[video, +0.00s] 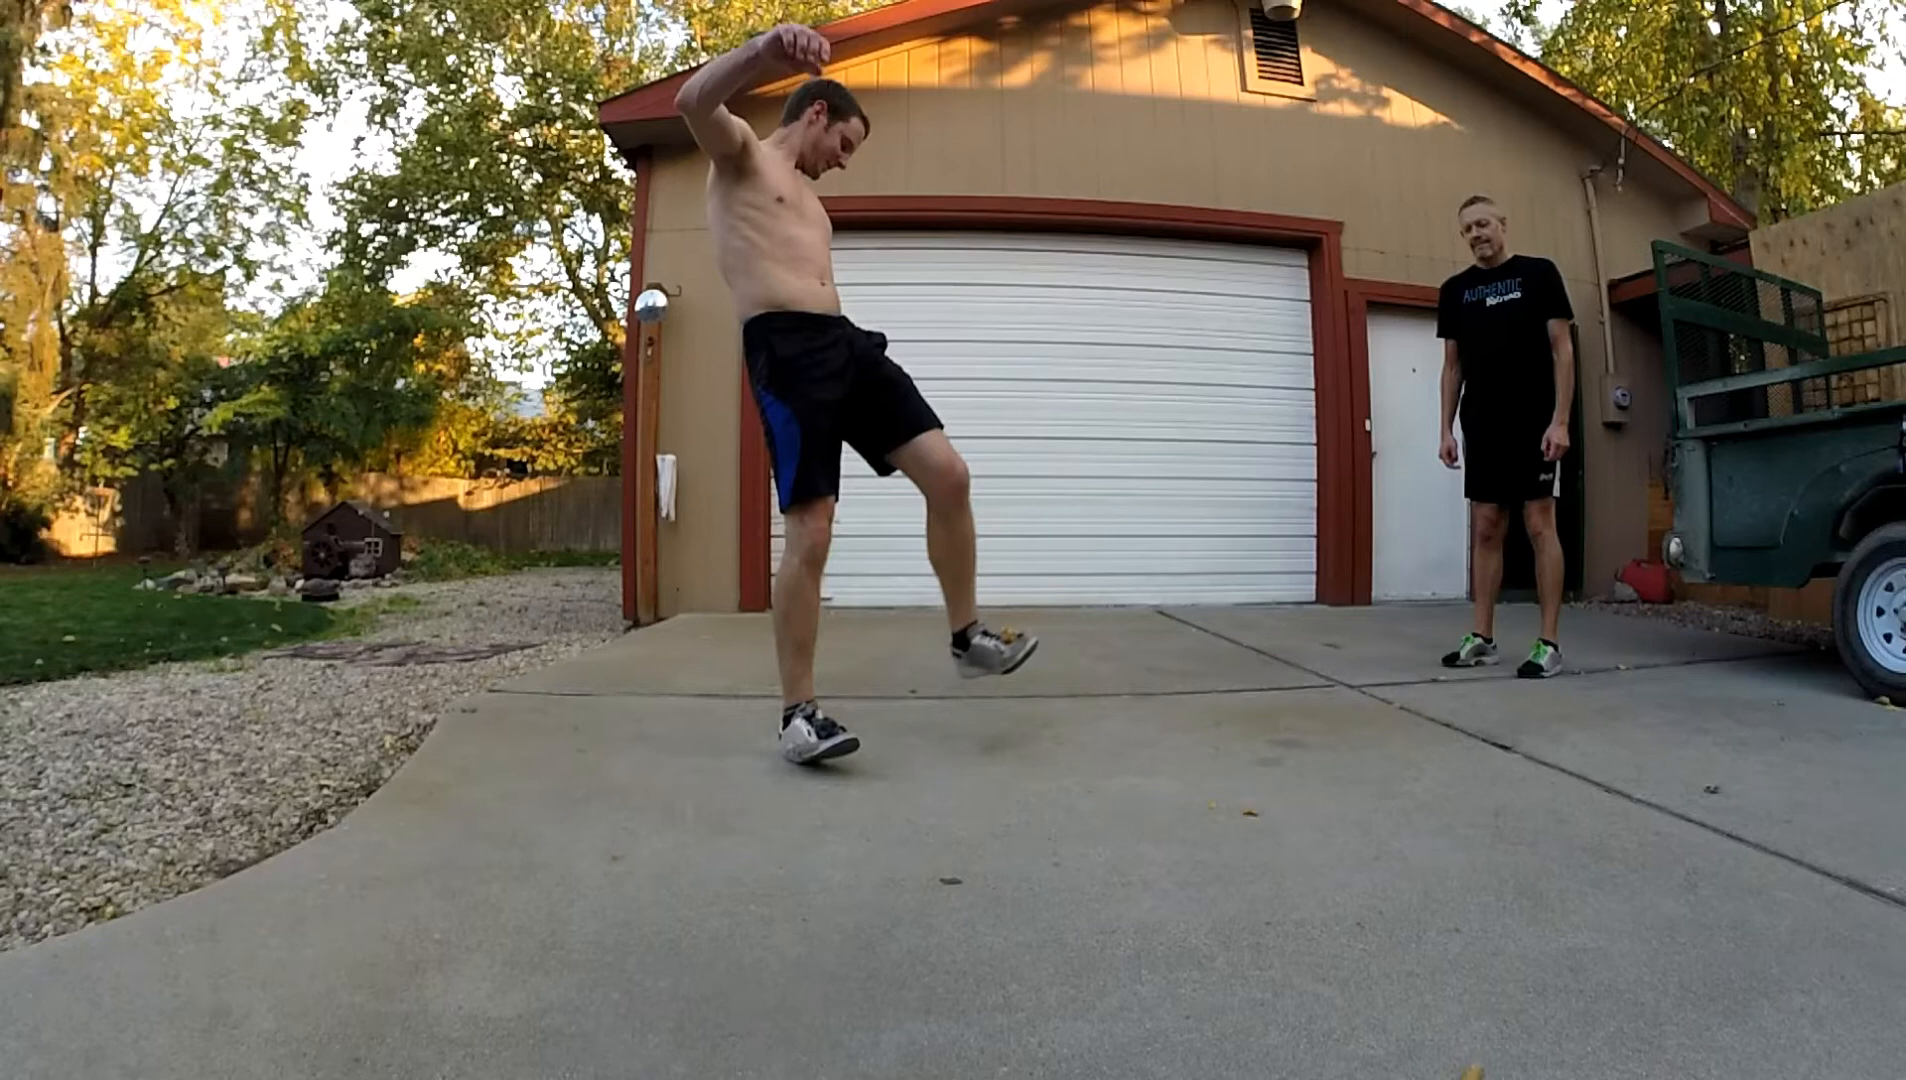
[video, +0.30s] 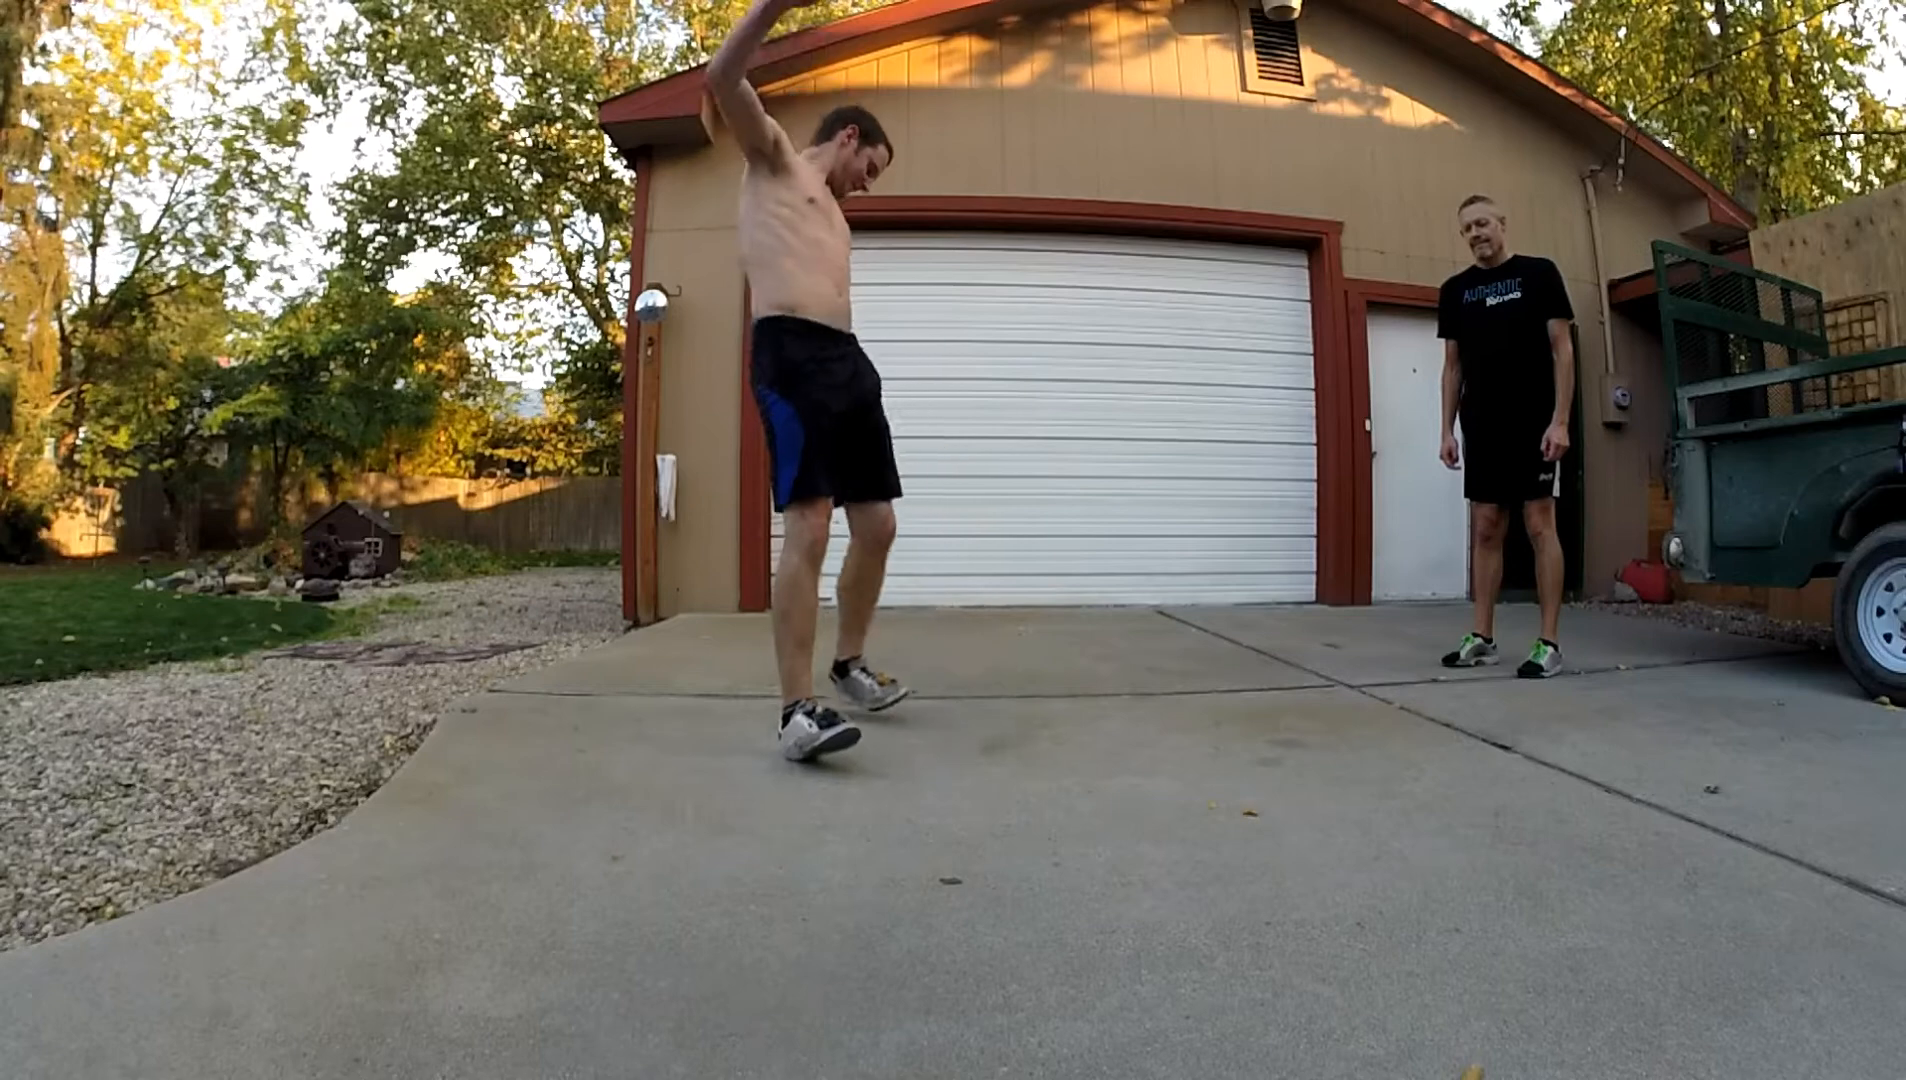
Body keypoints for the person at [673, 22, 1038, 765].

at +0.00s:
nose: (841, 161)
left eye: (849, 152)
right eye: (843, 145)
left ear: (824, 129)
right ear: (814, 114)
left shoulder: (806, 196)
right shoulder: (740, 152)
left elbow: (812, 280)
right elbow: (697, 98)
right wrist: (765, 52)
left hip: (845, 345)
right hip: (784, 351)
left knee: (948, 476)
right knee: (808, 537)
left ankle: (967, 636)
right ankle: (798, 715)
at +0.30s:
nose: (869, 179)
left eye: (876, 175)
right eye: (871, 164)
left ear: (849, 151)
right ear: (844, 135)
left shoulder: (831, 211)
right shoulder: (774, 155)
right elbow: (722, 76)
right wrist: (775, 4)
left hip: (843, 356)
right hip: (788, 351)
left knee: (877, 526)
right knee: (808, 530)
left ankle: (849, 664)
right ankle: (798, 710)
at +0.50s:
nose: (902, 215)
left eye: (908, 210)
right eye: (903, 200)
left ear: (886, 188)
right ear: (879, 170)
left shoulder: (851, 237)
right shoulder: (816, 180)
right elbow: (757, 124)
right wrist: (821, 69)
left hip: (832, 372)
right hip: (781, 362)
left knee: (852, 534)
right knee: (810, 524)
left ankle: (835, 683)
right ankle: (800, 705)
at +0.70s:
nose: (910, 233)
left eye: (918, 229)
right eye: (913, 220)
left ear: (902, 205)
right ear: (894, 188)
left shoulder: (868, 248)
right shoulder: (834, 194)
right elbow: (761, 169)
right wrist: (816, 181)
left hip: (832, 376)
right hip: (782, 363)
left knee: (852, 534)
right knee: (802, 523)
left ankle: (838, 680)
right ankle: (796, 698)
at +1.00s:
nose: (907, 211)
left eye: (915, 204)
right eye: (907, 196)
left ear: (898, 185)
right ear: (883, 166)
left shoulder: (866, 234)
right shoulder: (827, 187)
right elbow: (744, 222)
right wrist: (761, 284)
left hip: (838, 372)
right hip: (792, 360)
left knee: (848, 532)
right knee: (808, 523)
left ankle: (839, 680)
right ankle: (783, 690)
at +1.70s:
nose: (926, 212)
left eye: (939, 205)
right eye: (923, 196)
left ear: (947, 198)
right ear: (902, 168)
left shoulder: (914, 251)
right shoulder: (836, 204)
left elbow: (891, 329)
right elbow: (751, 247)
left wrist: (896, 408)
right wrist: (757, 315)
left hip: (850, 382)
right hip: (791, 361)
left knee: (860, 530)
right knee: (829, 471)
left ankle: (843, 674)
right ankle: (805, 634)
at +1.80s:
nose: (930, 217)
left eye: (943, 210)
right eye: (928, 200)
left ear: (955, 205)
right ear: (908, 171)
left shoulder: (921, 254)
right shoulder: (842, 202)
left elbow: (904, 332)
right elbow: (750, 231)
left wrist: (915, 407)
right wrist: (746, 303)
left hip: (844, 372)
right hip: (784, 347)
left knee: (844, 525)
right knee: (834, 372)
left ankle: (842, 679)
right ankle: (837, 529)